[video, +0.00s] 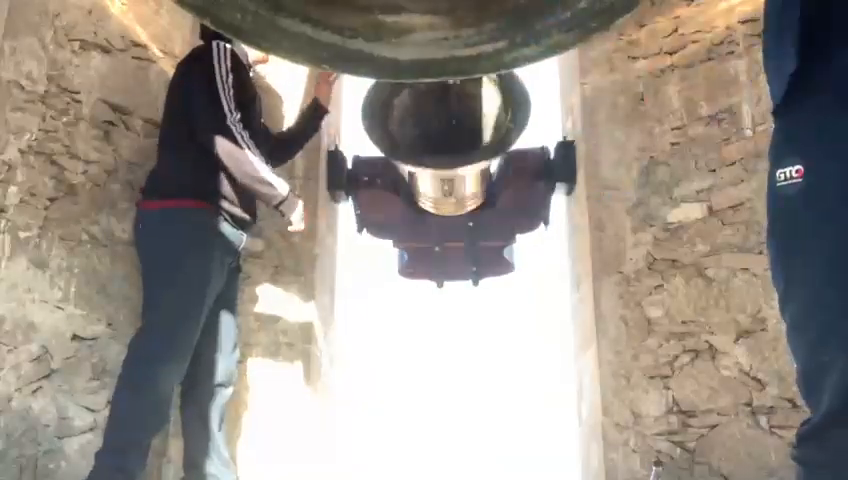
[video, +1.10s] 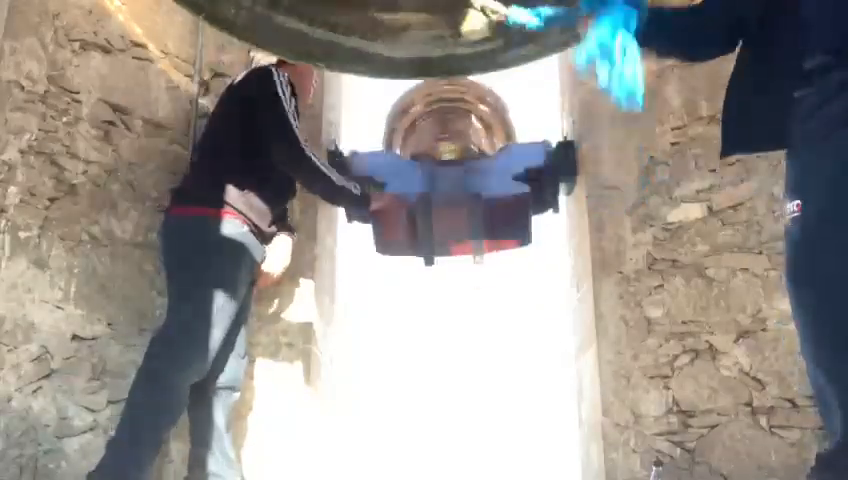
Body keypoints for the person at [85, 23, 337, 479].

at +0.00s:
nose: (273, 43)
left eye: (275, 33)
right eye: (268, 28)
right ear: (241, 25)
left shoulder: (241, 82)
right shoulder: (215, 55)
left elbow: (270, 152)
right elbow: (220, 131)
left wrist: (316, 111)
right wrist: (281, 196)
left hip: (225, 232)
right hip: (188, 221)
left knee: (216, 376)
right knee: (162, 358)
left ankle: (212, 472)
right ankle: (118, 470)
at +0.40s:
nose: (305, 59)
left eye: (307, 50)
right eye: (301, 47)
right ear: (275, 40)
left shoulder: (262, 93)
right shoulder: (242, 73)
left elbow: (281, 157)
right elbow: (266, 152)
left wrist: (354, 178)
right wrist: (346, 189)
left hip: (229, 240)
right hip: (202, 230)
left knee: (216, 379)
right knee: (170, 362)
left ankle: (215, 472)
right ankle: (118, 470)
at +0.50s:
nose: (303, 64)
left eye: (305, 55)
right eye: (299, 52)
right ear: (276, 46)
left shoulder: (269, 109)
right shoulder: (247, 71)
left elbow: (304, 181)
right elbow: (287, 146)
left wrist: (366, 223)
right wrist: (362, 148)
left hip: (229, 241)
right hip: (202, 229)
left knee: (217, 379)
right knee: (171, 361)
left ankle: (215, 472)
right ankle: (118, 470)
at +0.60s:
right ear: (268, 50)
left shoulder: (265, 123)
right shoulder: (246, 70)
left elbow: (305, 180)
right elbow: (313, 115)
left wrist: (366, 232)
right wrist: (374, 95)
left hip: (232, 243)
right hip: (202, 226)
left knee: (214, 379)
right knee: (174, 360)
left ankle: (213, 471)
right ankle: (117, 470)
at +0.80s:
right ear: (266, 37)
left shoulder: (266, 95)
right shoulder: (249, 68)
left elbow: (279, 183)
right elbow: (329, 71)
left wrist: (318, 251)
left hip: (239, 243)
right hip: (208, 229)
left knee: (216, 382)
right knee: (176, 360)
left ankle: (213, 471)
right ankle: (118, 471)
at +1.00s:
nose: (312, 88)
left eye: (315, 81)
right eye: (309, 77)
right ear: (289, 65)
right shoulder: (258, 76)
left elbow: (261, 189)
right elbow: (282, 136)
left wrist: (268, 250)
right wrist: (357, 128)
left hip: (241, 241)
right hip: (215, 227)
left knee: (221, 377)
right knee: (188, 358)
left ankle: (215, 471)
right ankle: (118, 470)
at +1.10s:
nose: (318, 84)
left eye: (320, 74)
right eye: (316, 71)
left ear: (290, 65)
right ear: (297, 63)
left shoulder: (274, 99)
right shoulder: (267, 81)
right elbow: (292, 154)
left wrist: (279, 234)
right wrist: (361, 199)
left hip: (239, 240)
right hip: (216, 228)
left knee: (223, 378)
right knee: (184, 357)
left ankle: (217, 471)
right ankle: (119, 471)